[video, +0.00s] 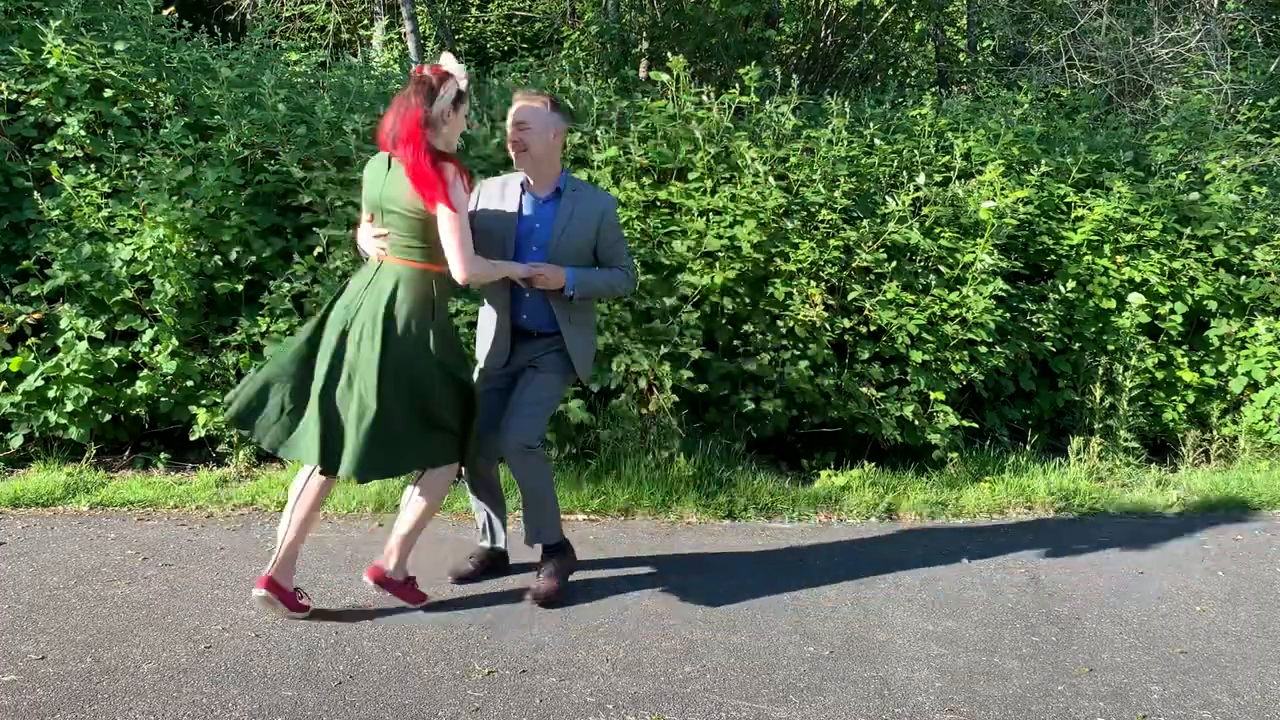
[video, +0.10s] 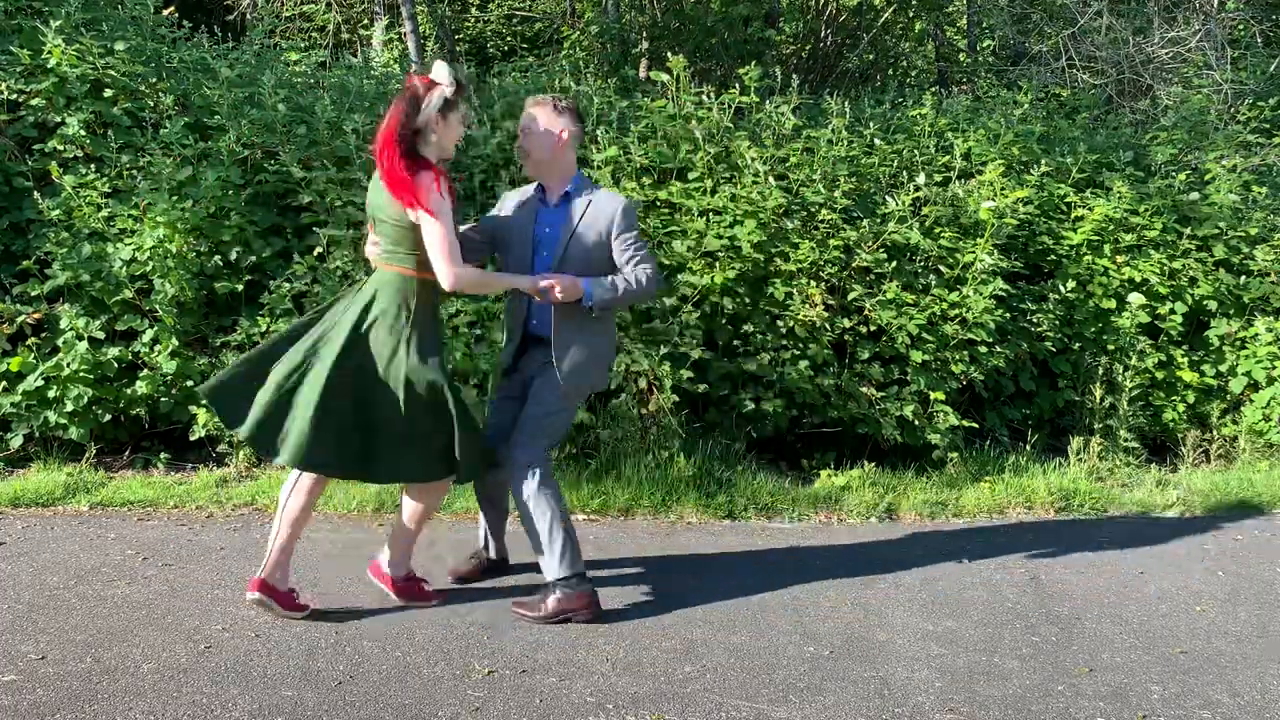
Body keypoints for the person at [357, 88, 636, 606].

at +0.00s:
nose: (512, 136)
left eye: (525, 127)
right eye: (509, 127)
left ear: (560, 135)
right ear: (507, 136)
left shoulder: (596, 206)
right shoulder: (487, 193)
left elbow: (624, 278)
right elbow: (437, 238)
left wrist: (567, 277)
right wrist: (370, 236)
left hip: (558, 349)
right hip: (499, 345)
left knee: (519, 441)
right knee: (476, 445)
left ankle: (553, 552)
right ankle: (493, 547)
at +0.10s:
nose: (518, 141)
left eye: (527, 131)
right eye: (519, 132)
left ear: (562, 137)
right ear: (551, 141)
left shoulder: (611, 210)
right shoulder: (514, 206)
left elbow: (646, 278)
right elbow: (462, 248)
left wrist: (585, 288)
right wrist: (389, 241)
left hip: (574, 356)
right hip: (523, 352)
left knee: (525, 456)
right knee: (489, 452)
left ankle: (570, 586)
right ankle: (493, 550)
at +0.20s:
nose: (532, 147)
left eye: (537, 136)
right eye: (536, 137)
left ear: (557, 137)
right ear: (571, 140)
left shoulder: (618, 198)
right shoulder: (544, 204)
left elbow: (655, 269)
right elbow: (499, 246)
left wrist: (580, 271)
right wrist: (439, 244)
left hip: (592, 356)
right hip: (549, 352)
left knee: (543, 464)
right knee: (516, 453)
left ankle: (578, 593)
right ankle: (496, 551)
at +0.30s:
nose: (553, 140)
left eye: (555, 129)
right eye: (556, 129)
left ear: (568, 126)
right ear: (593, 128)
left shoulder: (617, 181)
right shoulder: (580, 188)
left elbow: (632, 249)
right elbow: (579, 257)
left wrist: (550, 248)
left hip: (609, 354)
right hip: (583, 353)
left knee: (559, 459)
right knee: (540, 444)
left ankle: (580, 596)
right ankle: (552, 559)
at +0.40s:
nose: (568, 134)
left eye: (570, 124)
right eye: (571, 125)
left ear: (580, 127)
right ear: (617, 130)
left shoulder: (608, 182)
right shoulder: (614, 180)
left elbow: (597, 253)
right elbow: (589, 253)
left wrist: (511, 251)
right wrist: (515, 252)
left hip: (602, 355)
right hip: (616, 354)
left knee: (563, 466)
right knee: (582, 465)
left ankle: (578, 594)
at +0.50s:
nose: (584, 139)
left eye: (586, 132)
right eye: (590, 133)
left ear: (594, 135)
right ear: (641, 140)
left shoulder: (595, 187)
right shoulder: (659, 196)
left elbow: (569, 266)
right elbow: (635, 266)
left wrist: (486, 272)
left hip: (598, 361)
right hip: (658, 358)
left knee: (558, 471)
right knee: (633, 473)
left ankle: (574, 594)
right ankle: (676, 594)